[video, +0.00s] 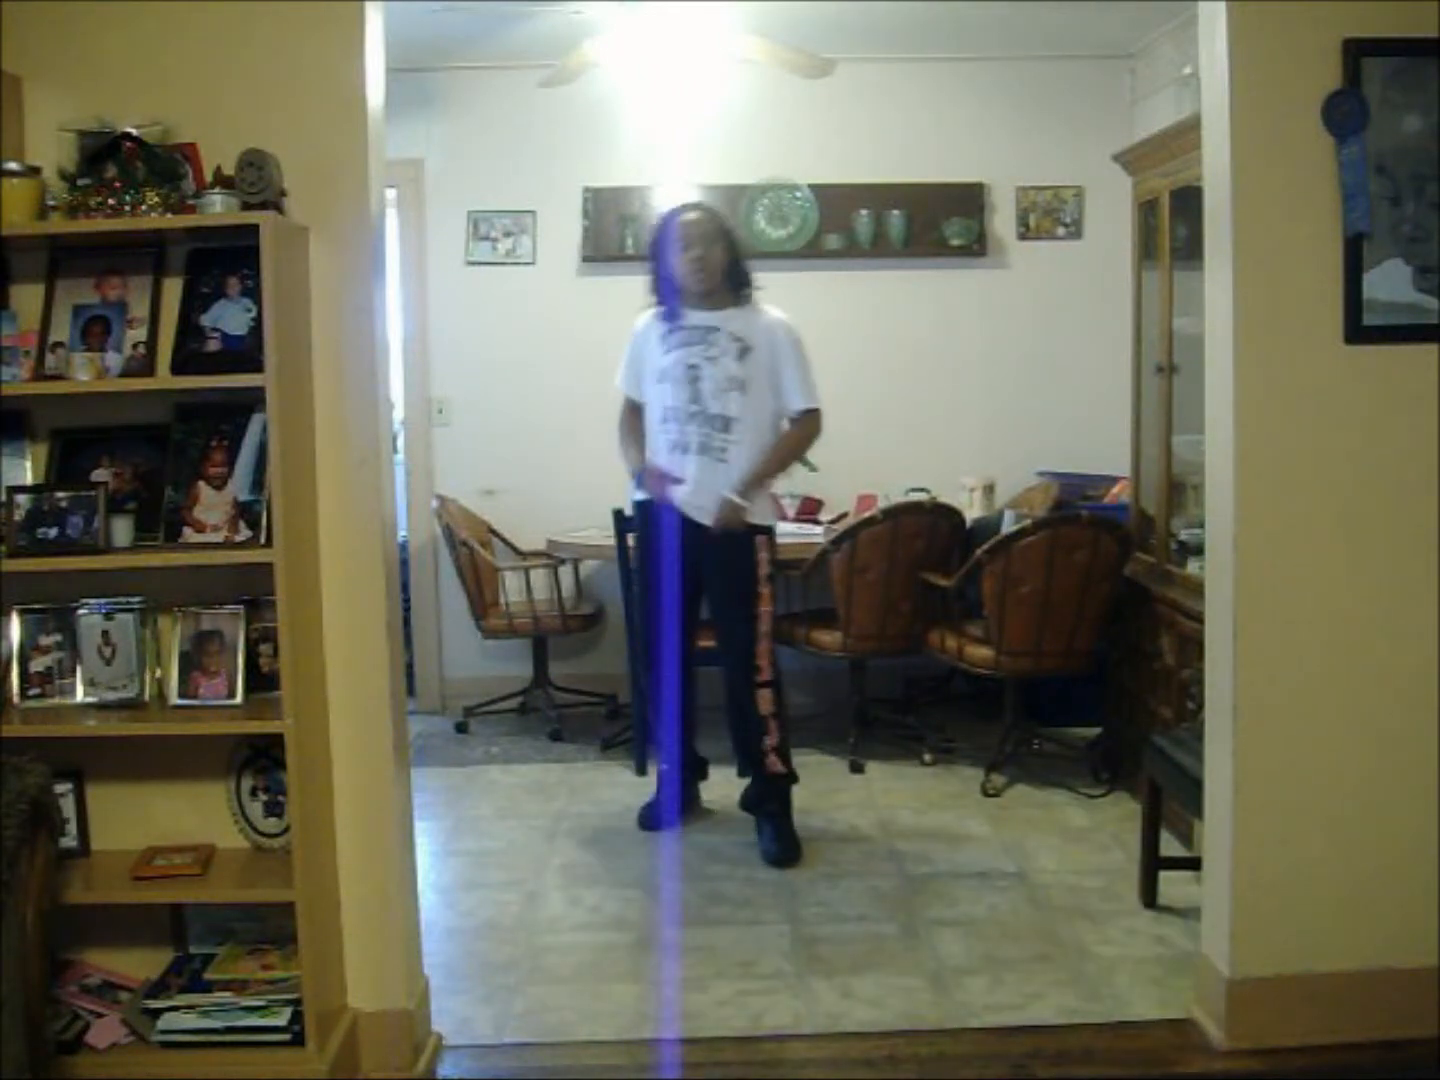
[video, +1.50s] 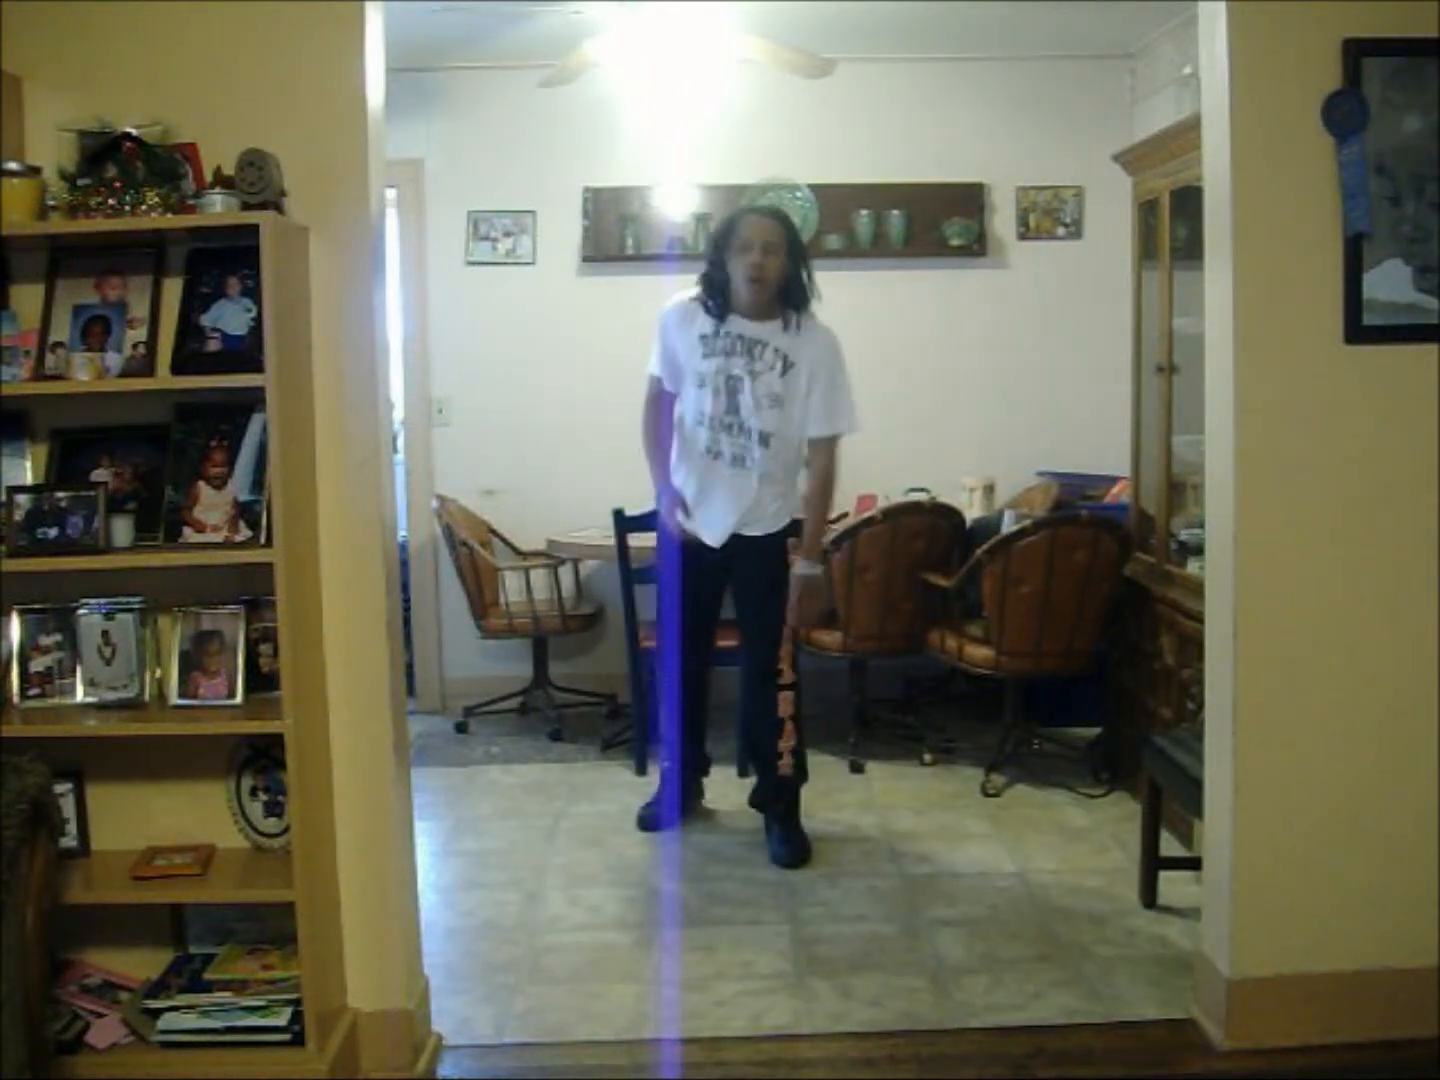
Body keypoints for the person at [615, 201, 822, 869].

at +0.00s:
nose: (698, 257)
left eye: (708, 244)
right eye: (684, 248)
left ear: (730, 252)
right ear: (663, 262)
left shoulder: (769, 329)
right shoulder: (650, 333)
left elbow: (806, 422)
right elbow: (632, 412)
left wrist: (746, 490)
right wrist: (642, 465)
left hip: (739, 518)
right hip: (667, 514)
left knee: (750, 659)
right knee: (664, 655)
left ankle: (772, 801)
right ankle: (676, 782)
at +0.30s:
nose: (665, 275)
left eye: (675, 264)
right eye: (653, 265)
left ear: (696, 272)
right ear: (635, 278)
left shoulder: (739, 340)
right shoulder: (632, 354)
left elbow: (783, 429)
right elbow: (617, 434)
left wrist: (715, 447)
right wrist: (631, 462)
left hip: (716, 510)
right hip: (646, 511)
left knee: (733, 655)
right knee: (640, 651)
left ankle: (770, 804)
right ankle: (675, 778)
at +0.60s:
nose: (669, 272)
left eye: (679, 260)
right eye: (657, 263)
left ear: (701, 267)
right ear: (639, 274)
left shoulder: (741, 335)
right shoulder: (628, 345)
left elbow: (743, 435)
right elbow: (613, 443)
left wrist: (729, 517)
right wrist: (609, 527)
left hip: (719, 524)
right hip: (645, 525)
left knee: (744, 663)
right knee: (653, 664)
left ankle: (770, 804)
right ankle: (675, 783)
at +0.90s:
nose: (694, 257)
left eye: (706, 246)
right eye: (682, 247)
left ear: (729, 257)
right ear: (661, 260)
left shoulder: (767, 331)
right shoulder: (643, 340)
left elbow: (818, 408)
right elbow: (615, 423)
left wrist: (879, 466)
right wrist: (565, 502)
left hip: (734, 522)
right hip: (652, 519)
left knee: (751, 660)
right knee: (660, 659)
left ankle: (777, 799)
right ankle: (674, 782)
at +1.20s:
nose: (740, 266)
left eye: (753, 255)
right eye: (728, 253)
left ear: (772, 268)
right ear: (705, 263)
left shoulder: (799, 343)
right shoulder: (666, 331)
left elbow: (823, 433)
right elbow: (645, 416)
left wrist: (849, 504)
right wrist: (628, 500)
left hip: (757, 524)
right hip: (677, 519)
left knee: (763, 663)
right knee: (676, 660)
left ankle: (779, 803)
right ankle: (678, 784)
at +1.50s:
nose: (758, 260)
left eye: (772, 250)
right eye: (746, 248)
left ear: (790, 262)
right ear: (722, 258)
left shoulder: (813, 342)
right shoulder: (683, 322)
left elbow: (823, 452)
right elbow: (658, 404)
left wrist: (812, 551)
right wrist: (663, 484)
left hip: (770, 525)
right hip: (692, 518)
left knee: (770, 665)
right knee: (683, 659)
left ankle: (781, 805)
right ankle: (681, 782)